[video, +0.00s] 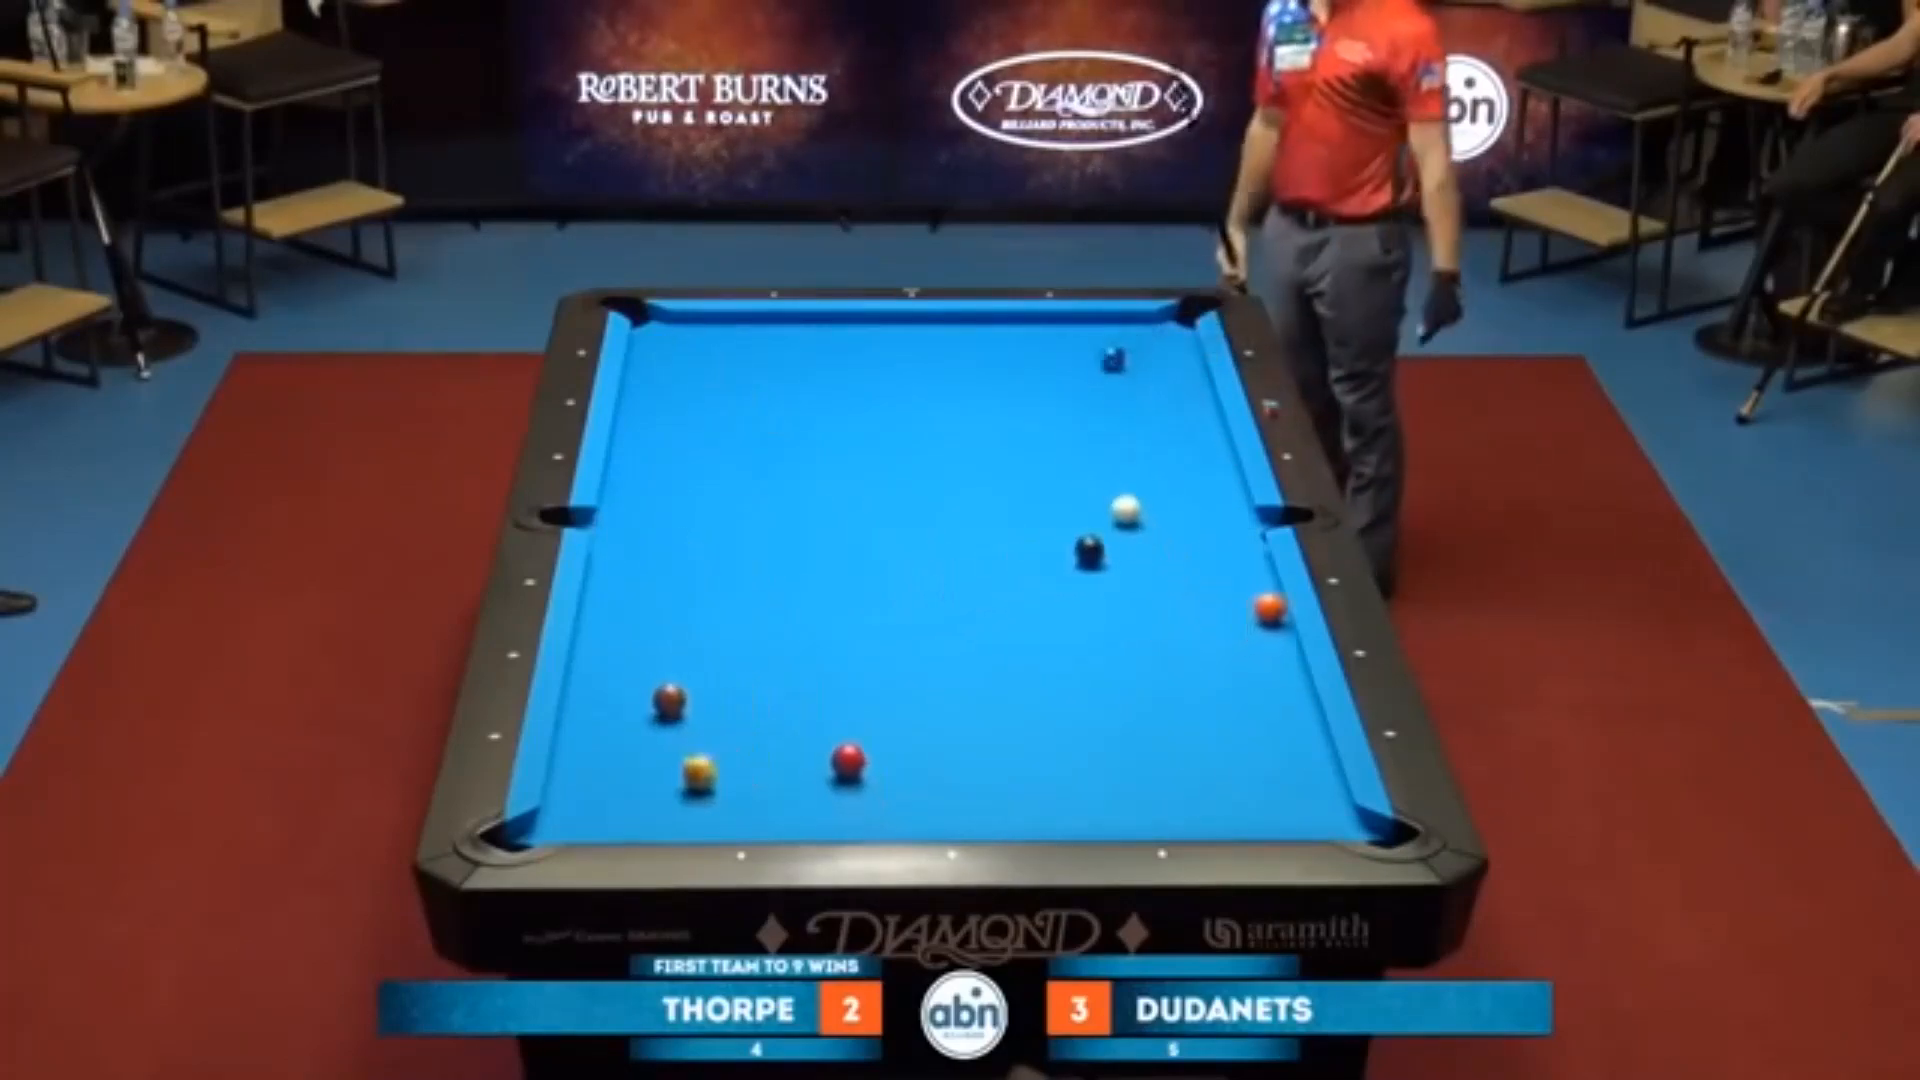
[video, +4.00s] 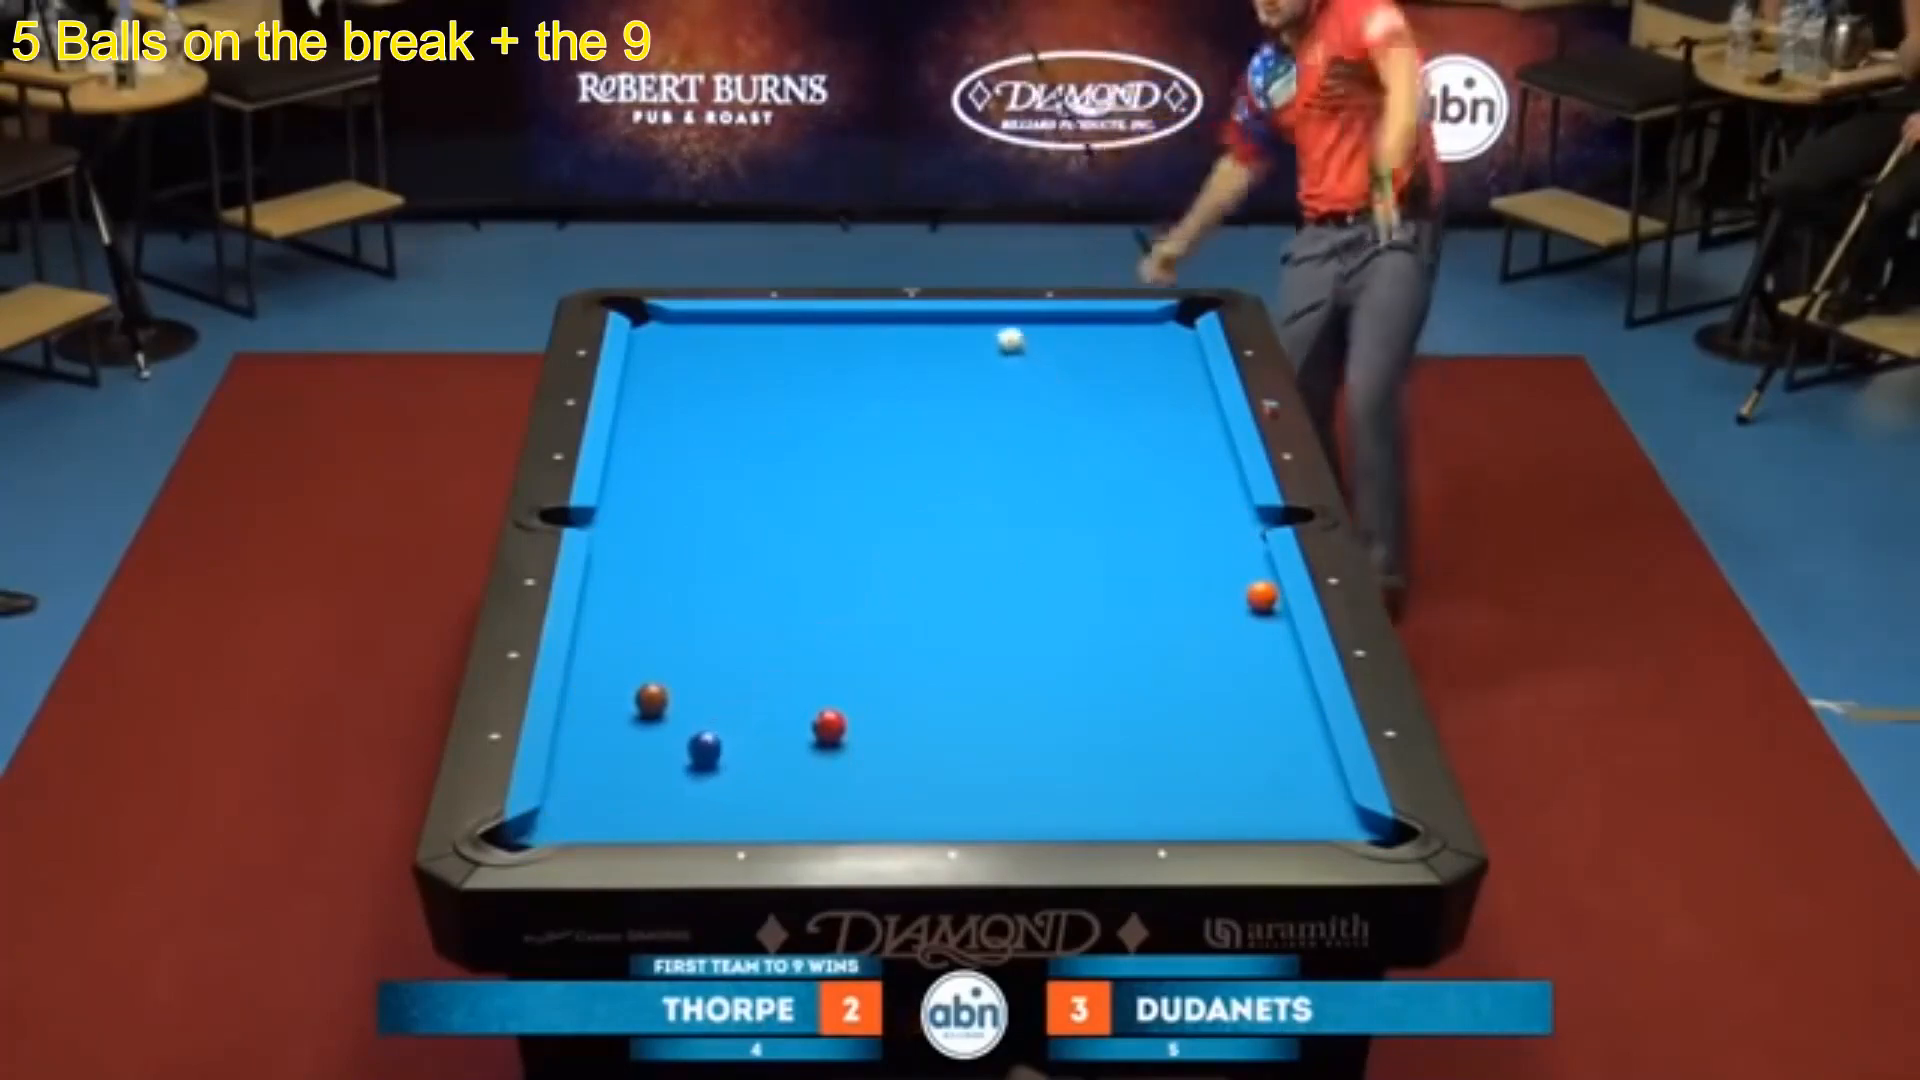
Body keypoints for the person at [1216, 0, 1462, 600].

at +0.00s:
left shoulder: (1404, 28)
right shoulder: (1281, 16)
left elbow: (1433, 159)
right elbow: (1266, 123)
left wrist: (1446, 271)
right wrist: (1237, 218)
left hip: (1362, 238)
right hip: (1285, 231)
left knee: (1362, 405)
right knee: (1300, 399)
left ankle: (1368, 566)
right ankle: (1309, 543)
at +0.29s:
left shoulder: (1409, 19)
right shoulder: (1287, 15)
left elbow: (1444, 99)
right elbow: (1222, 95)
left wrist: (1476, 174)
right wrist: (1144, 168)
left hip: (1364, 235)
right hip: (1290, 229)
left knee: (1364, 403)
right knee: (1302, 395)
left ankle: (1369, 566)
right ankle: (1312, 537)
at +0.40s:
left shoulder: (1413, 12)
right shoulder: (1283, 10)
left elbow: (1468, 72)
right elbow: (1206, 54)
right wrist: (1129, 80)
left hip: (1365, 233)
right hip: (1292, 227)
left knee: (1365, 403)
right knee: (1304, 396)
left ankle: (1370, 564)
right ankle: (1314, 540)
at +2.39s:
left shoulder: (1407, 15)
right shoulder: (1295, 10)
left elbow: (1501, 3)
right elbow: (1239, 2)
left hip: (1370, 233)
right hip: (1299, 224)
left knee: (1369, 402)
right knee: (1314, 394)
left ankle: (1370, 565)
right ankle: (1318, 539)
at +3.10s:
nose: (1280, 5)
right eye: (1272, 1)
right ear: (1264, 2)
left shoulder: (1373, 12)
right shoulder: (1261, 49)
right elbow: (1182, 74)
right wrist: (1100, 87)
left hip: (1403, 214)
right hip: (1324, 222)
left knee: (1402, 336)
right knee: (1294, 371)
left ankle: (1407, 496)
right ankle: (1315, 512)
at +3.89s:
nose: (1265, 6)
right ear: (1253, 6)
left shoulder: (1360, 25)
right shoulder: (1259, 74)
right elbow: (1202, 145)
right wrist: (1120, 193)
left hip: (1403, 225)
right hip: (1327, 238)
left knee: (1390, 356)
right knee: (1289, 381)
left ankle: (1401, 536)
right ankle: (1317, 533)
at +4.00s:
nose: (1265, 8)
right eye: (1256, 1)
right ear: (1251, 6)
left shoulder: (1363, 14)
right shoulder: (1264, 70)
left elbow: (1406, 75)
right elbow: (1240, 162)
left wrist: (1390, 166)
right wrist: (1176, 244)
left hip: (1394, 231)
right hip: (1317, 242)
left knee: (1368, 392)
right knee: (1288, 398)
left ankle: (1382, 566)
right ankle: (1308, 558)